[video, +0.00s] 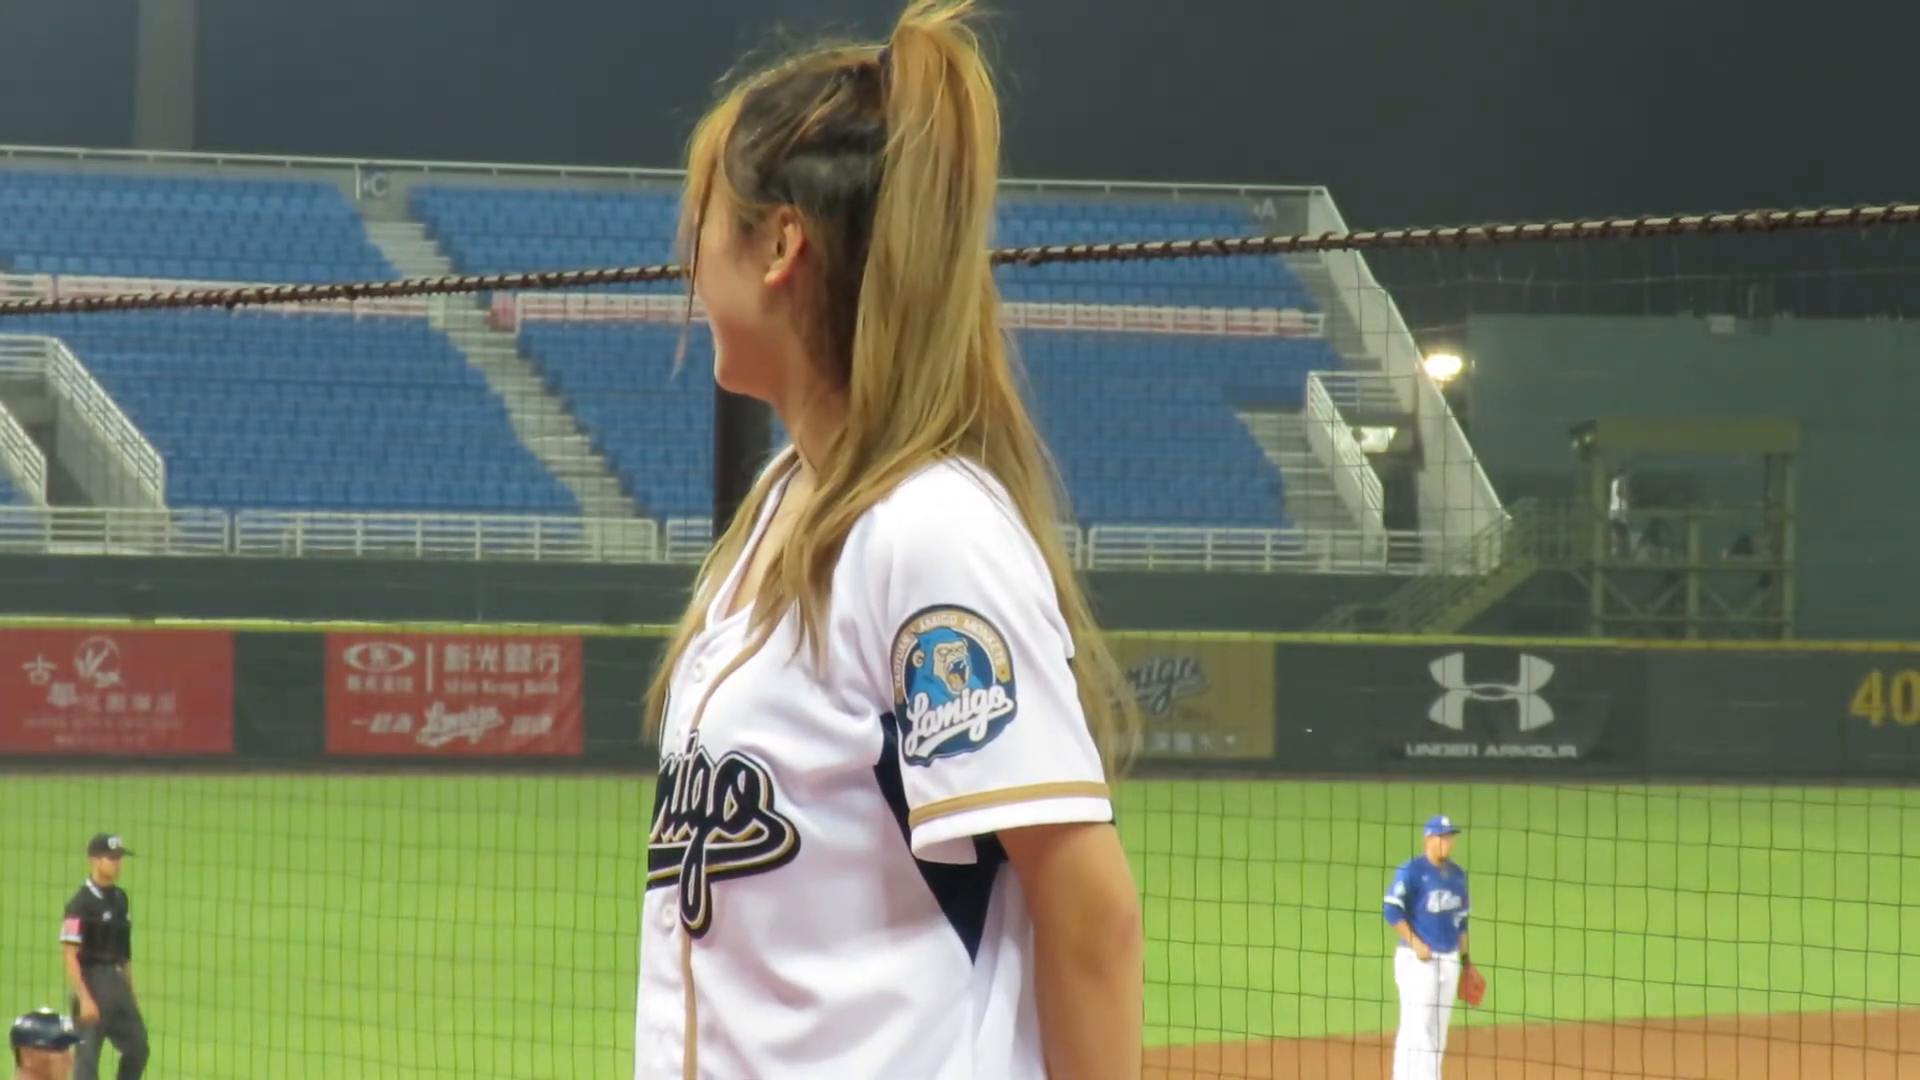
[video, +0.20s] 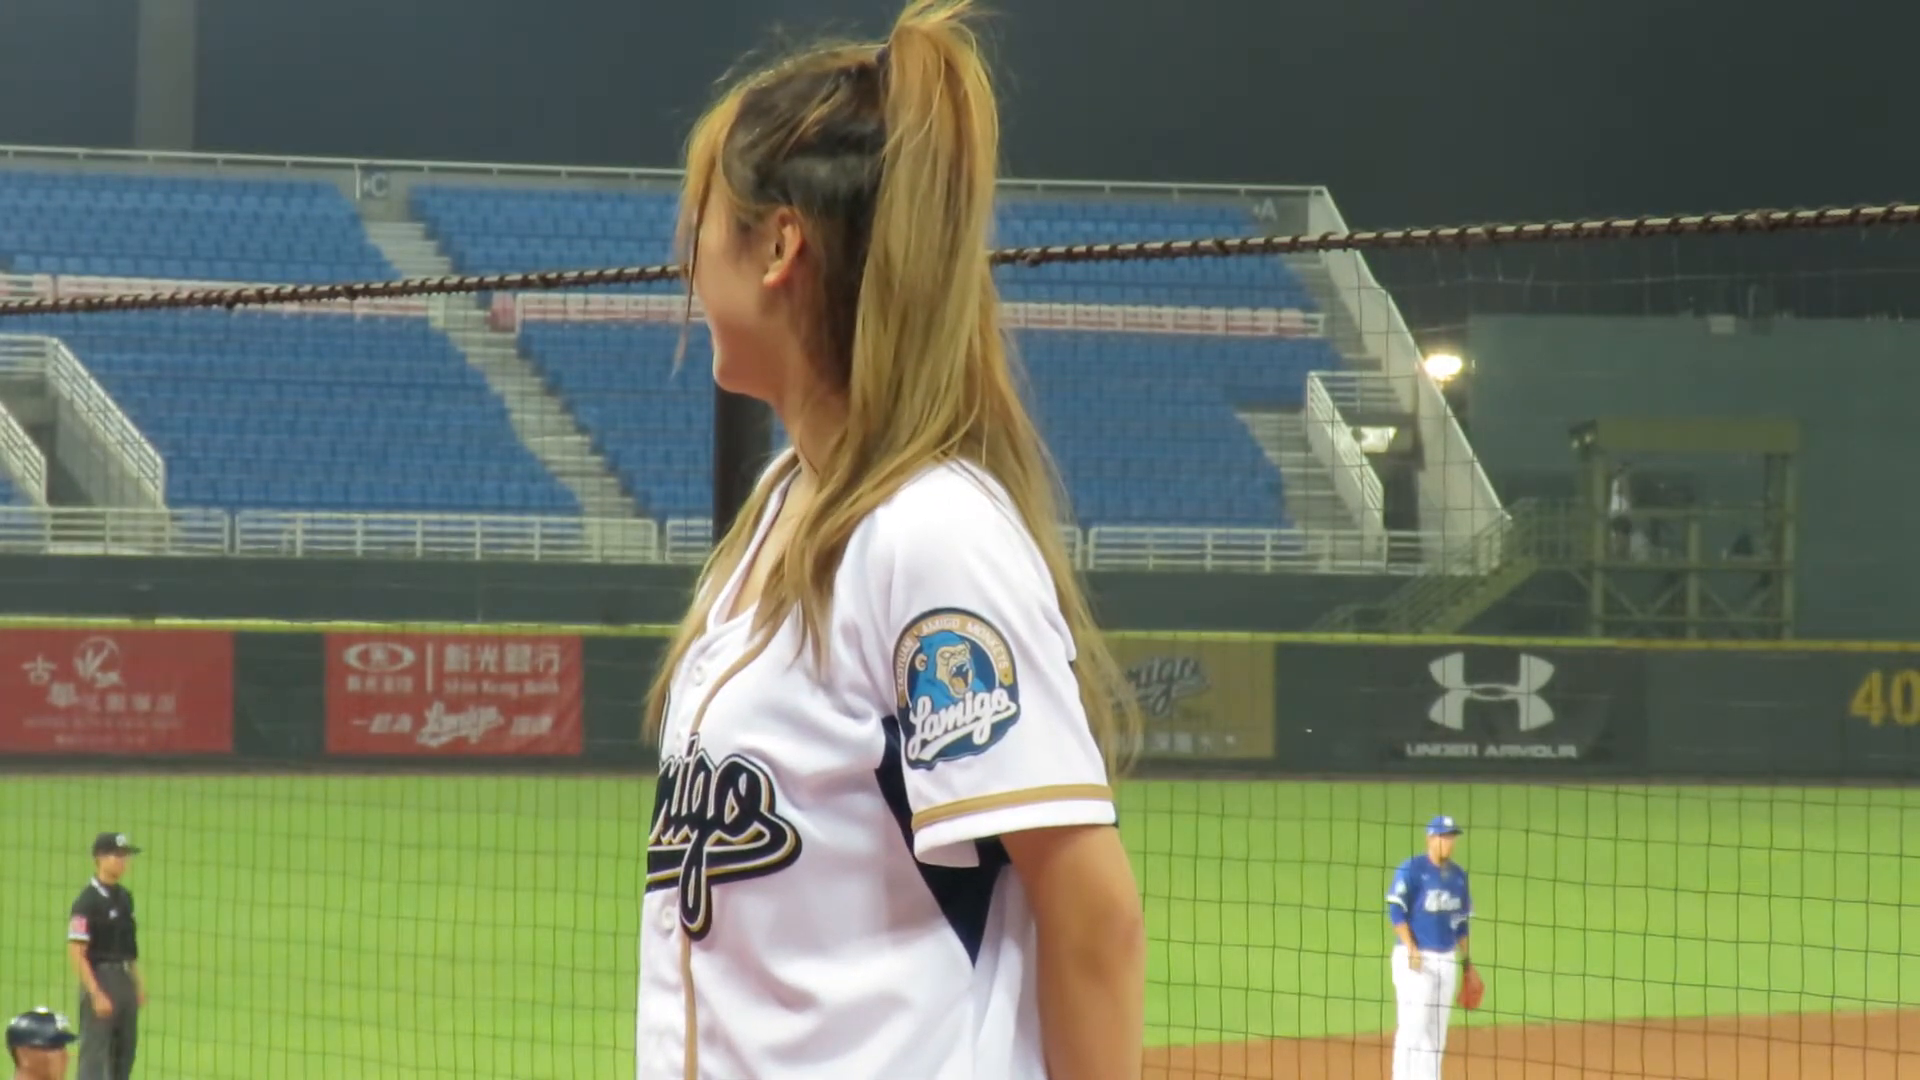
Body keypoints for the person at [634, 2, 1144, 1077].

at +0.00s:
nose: (691, 267)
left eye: (704, 227)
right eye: (698, 227)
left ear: (783, 248)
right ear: (776, 249)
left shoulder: (934, 529)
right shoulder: (780, 502)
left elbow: (1093, 913)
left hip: (878, 1056)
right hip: (713, 1051)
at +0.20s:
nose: (690, 261)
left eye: (705, 219)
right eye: (700, 219)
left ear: (782, 249)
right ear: (776, 249)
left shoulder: (936, 531)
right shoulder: (782, 502)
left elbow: (1095, 913)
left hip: (881, 1056)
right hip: (717, 1051)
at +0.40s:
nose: (688, 263)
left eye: (702, 225)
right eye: (696, 224)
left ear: (779, 250)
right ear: (777, 251)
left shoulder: (937, 532)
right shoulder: (783, 504)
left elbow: (1096, 912)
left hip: (884, 1056)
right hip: (718, 1051)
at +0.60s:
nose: (688, 263)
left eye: (703, 222)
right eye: (698, 222)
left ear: (778, 251)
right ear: (778, 252)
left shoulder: (936, 535)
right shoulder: (786, 507)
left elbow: (1096, 914)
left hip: (885, 1056)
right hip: (723, 1051)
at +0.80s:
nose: (690, 263)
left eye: (705, 223)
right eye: (699, 223)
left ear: (780, 251)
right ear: (779, 252)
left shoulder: (935, 535)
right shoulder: (788, 506)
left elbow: (1096, 917)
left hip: (887, 1056)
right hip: (728, 1050)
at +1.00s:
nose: (691, 260)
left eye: (705, 223)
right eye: (699, 222)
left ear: (783, 252)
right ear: (778, 252)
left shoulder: (936, 533)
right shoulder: (785, 502)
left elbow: (1096, 912)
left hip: (887, 1056)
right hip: (724, 1050)